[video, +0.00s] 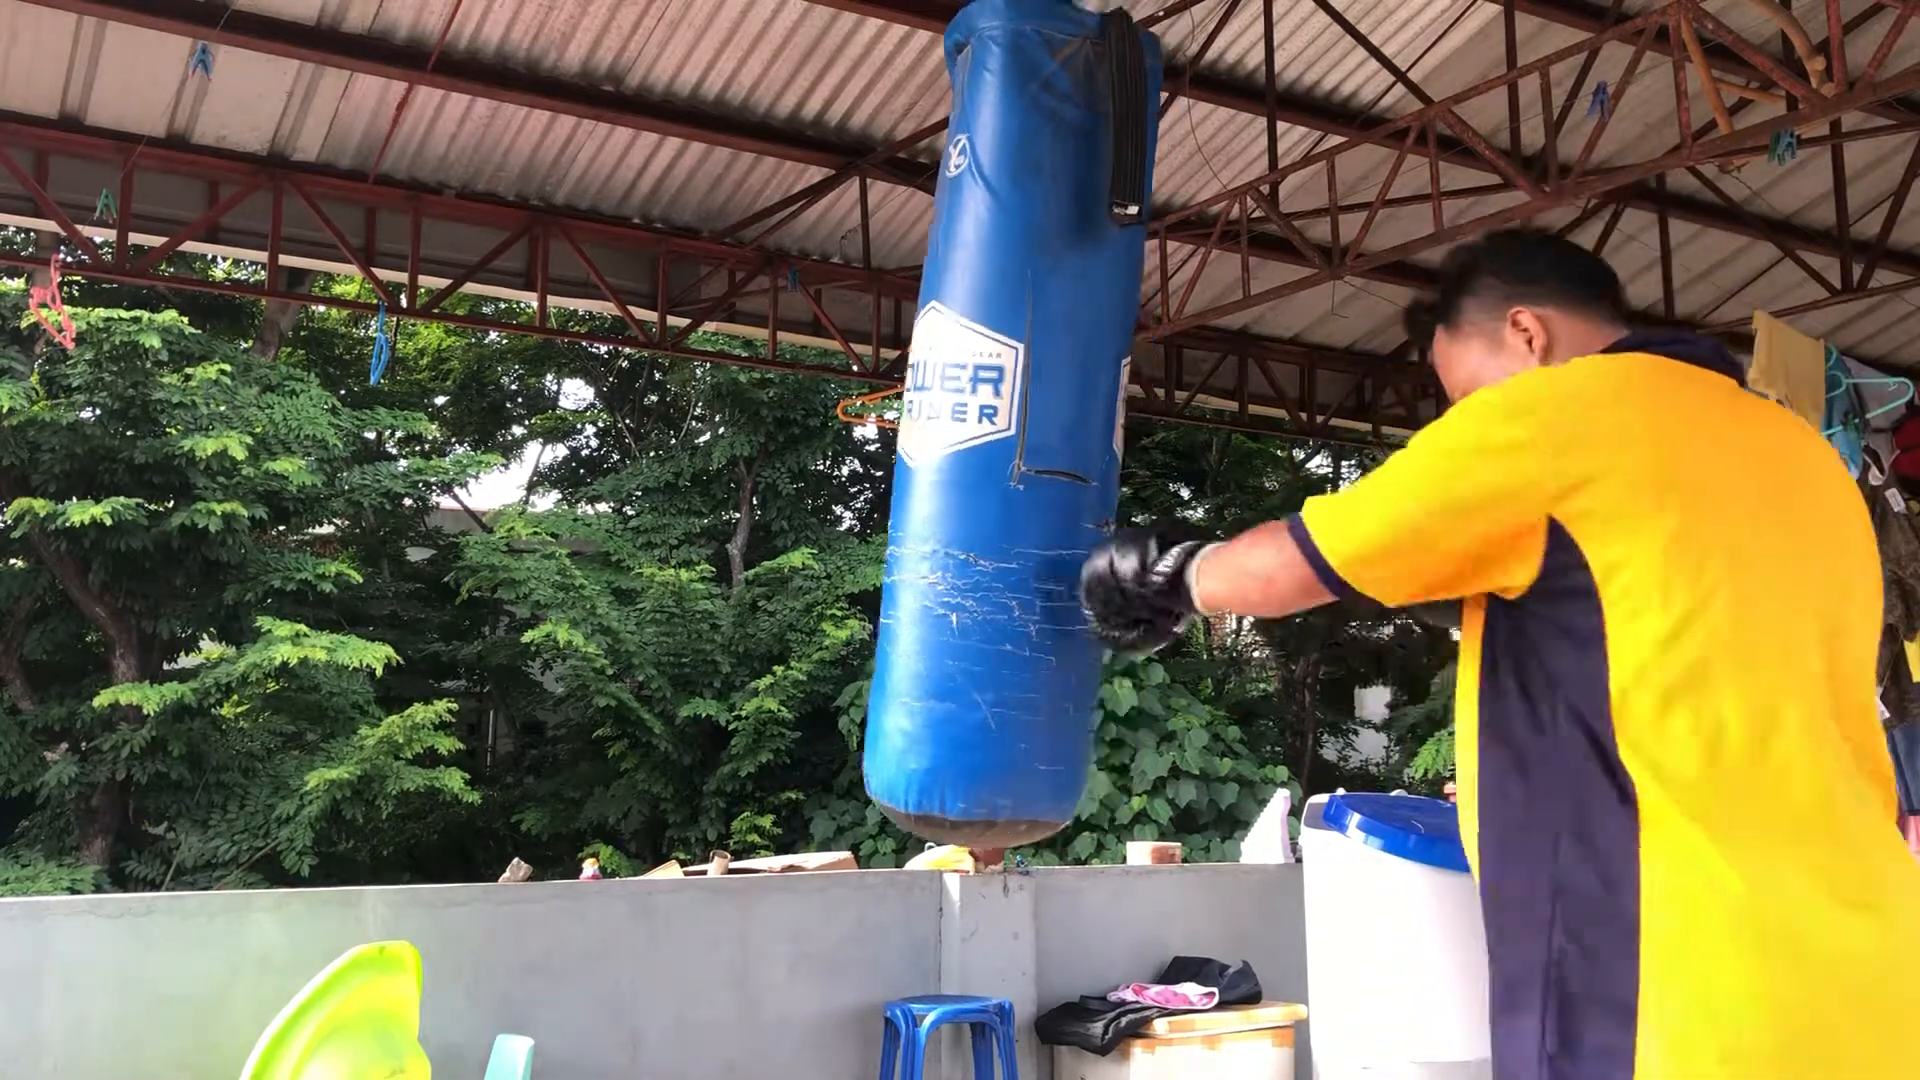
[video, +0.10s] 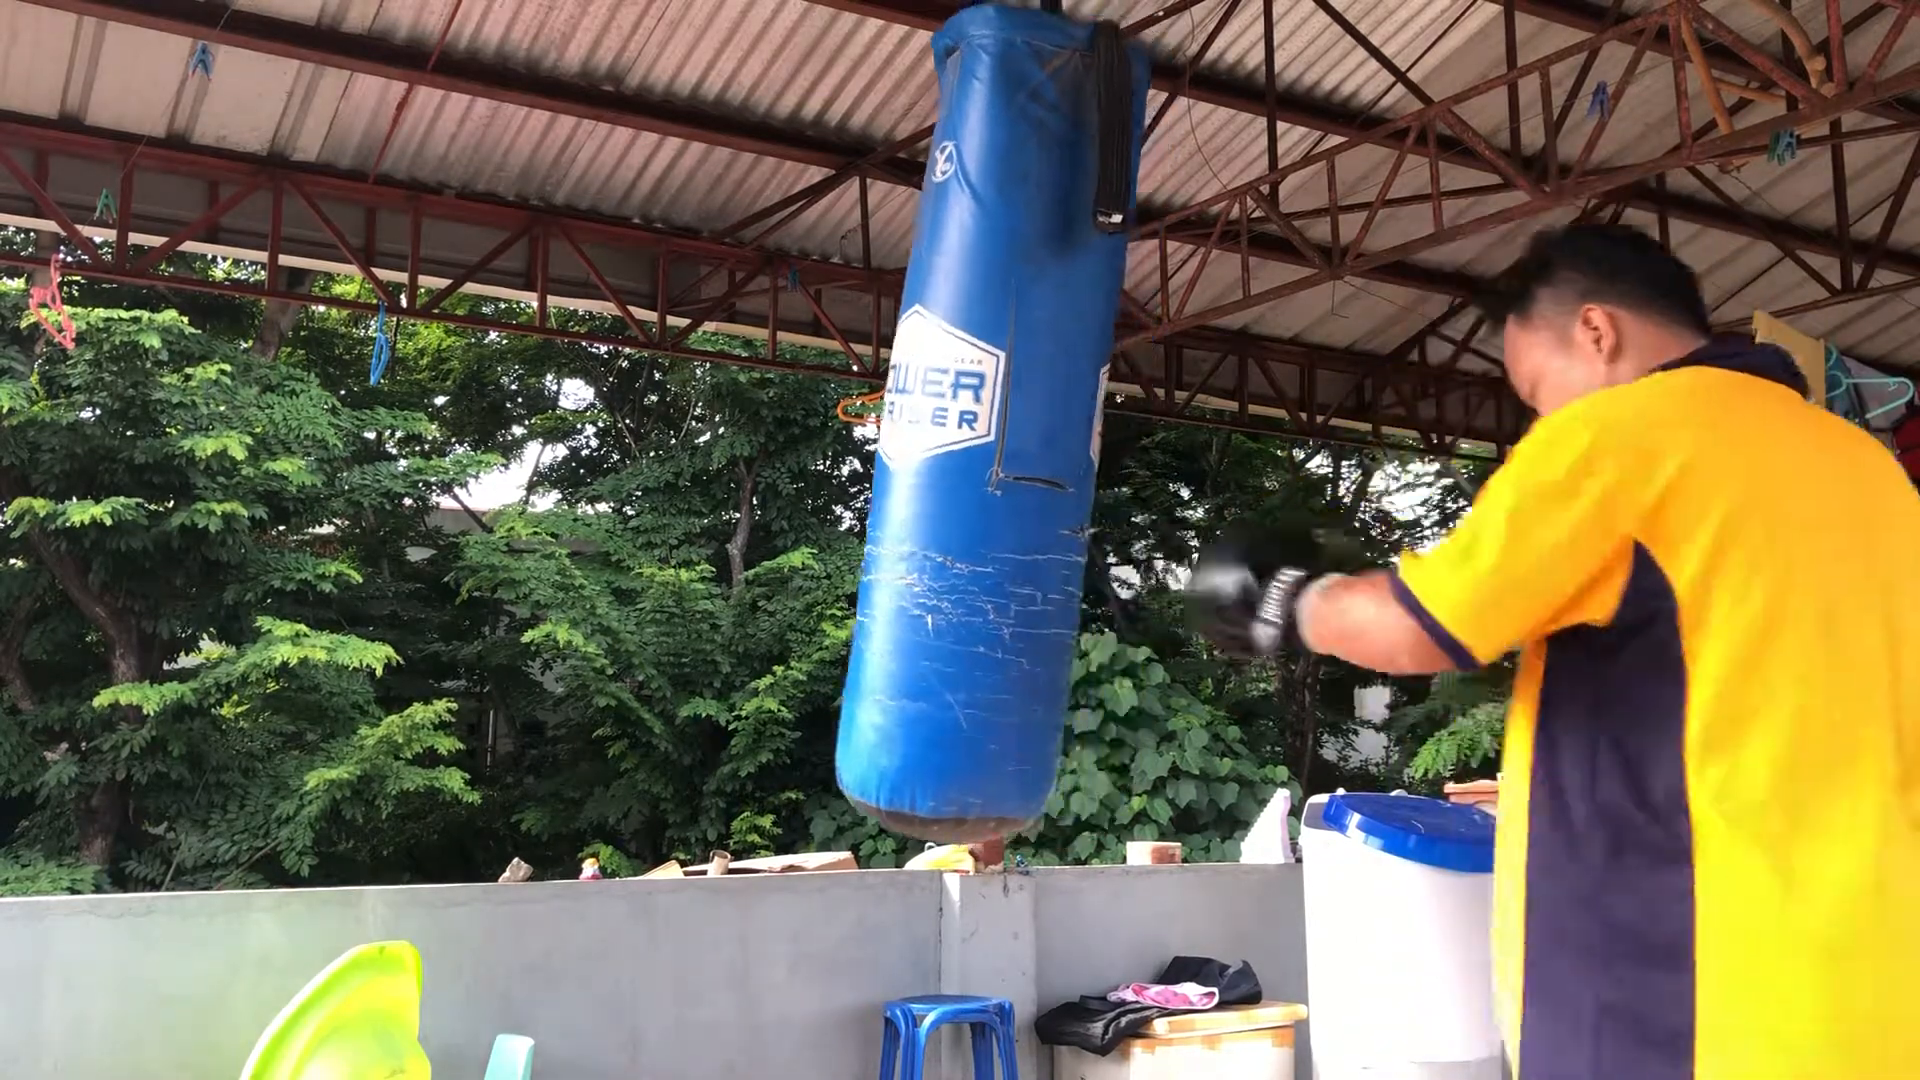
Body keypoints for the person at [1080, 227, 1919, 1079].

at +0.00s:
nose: (1469, 425)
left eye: (1467, 394)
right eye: (1460, 403)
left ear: (1525, 334)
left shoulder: (1558, 413)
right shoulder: (1815, 453)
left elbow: (1294, 566)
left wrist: (1157, 580)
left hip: (1674, 1019)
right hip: (1878, 1015)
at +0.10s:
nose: (1543, 419)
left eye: (1535, 393)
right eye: (1529, 403)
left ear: (1598, 335)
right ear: (1698, 333)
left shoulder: (1623, 433)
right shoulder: (1868, 461)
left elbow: (1421, 626)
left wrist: (1280, 601)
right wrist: (1555, 785)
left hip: (1684, 1031)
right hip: (1881, 1018)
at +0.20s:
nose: (1626, 454)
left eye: (1617, 412)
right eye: (1611, 427)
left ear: (1679, 348)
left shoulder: (1735, 457)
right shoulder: (1895, 450)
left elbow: (1582, 692)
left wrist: (1445, 611)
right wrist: (1637, 566)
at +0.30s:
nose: (1709, 461)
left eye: (1695, 418)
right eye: (1689, 432)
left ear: (1760, 354)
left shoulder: (1826, 457)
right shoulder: (1896, 433)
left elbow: (1660, 689)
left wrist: (1556, 536)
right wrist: (1707, 526)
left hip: (1834, 1033)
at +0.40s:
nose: (1756, 438)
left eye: (1747, 394)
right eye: (1737, 411)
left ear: (1817, 331)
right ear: (1825, 328)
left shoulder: (1876, 433)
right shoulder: (1890, 428)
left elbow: (1673, 637)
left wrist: (1634, 469)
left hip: (1864, 1027)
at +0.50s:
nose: (1789, 401)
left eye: (1784, 358)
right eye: (1775, 371)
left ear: (1862, 307)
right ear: (1869, 309)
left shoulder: (1900, 406)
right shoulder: (1889, 415)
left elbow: (1720, 611)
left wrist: (1661, 451)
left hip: (1880, 1014)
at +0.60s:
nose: (1796, 407)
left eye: (1795, 367)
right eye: (1783, 382)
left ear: (1879, 316)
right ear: (1883, 319)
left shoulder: (1900, 416)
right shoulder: (1893, 425)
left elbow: (1785, 644)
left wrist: (1663, 511)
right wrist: (1810, 474)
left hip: (1875, 1013)